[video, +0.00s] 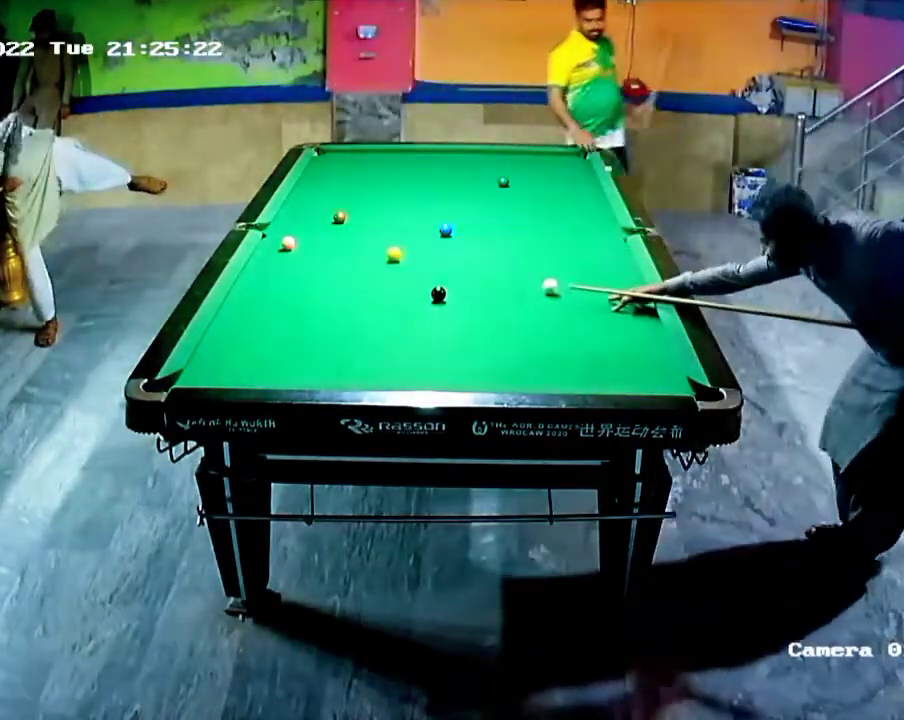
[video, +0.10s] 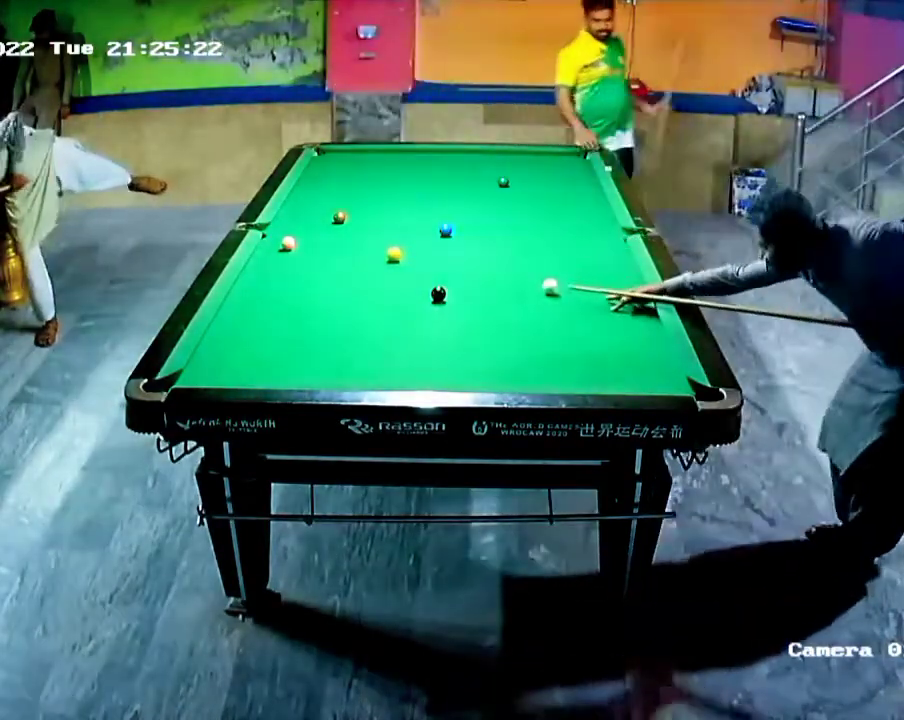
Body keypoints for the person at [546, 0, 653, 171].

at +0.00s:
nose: (595, 26)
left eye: (600, 20)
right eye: (588, 20)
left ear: (605, 18)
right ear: (578, 19)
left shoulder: (607, 45)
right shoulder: (564, 53)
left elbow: (606, 85)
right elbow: (554, 98)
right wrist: (575, 131)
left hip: (614, 135)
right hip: (585, 138)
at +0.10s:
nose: (603, 26)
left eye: (608, 20)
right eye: (597, 21)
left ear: (614, 19)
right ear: (586, 19)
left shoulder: (617, 45)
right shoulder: (572, 53)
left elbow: (620, 87)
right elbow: (562, 98)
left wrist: (645, 107)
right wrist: (579, 130)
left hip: (623, 135)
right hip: (594, 140)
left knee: (622, 193)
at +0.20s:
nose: (616, 29)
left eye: (620, 22)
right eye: (609, 23)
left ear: (627, 19)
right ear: (599, 21)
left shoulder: (634, 45)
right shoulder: (586, 55)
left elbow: (640, 87)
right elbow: (576, 100)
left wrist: (670, 108)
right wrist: (585, 128)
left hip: (636, 137)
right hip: (607, 141)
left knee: (630, 199)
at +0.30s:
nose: (626, 35)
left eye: (631, 28)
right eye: (619, 29)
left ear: (638, 22)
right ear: (610, 25)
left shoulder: (649, 48)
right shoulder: (599, 61)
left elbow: (653, 90)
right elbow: (589, 105)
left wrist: (681, 109)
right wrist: (593, 131)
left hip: (648, 143)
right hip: (621, 148)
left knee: (636, 205)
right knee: (626, 206)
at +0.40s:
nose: (632, 38)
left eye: (636, 31)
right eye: (624, 33)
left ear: (644, 25)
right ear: (616, 30)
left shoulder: (655, 51)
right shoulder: (608, 66)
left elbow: (659, 91)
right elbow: (598, 105)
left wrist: (686, 109)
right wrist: (600, 136)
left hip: (656, 141)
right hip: (631, 146)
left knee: (644, 198)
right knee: (639, 201)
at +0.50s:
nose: (640, 41)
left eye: (645, 33)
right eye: (633, 36)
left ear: (654, 27)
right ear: (624, 33)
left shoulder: (667, 53)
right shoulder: (621, 70)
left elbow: (671, 92)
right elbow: (617, 114)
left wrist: (692, 112)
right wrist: (619, 145)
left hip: (670, 149)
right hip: (644, 156)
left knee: (657, 213)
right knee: (646, 214)